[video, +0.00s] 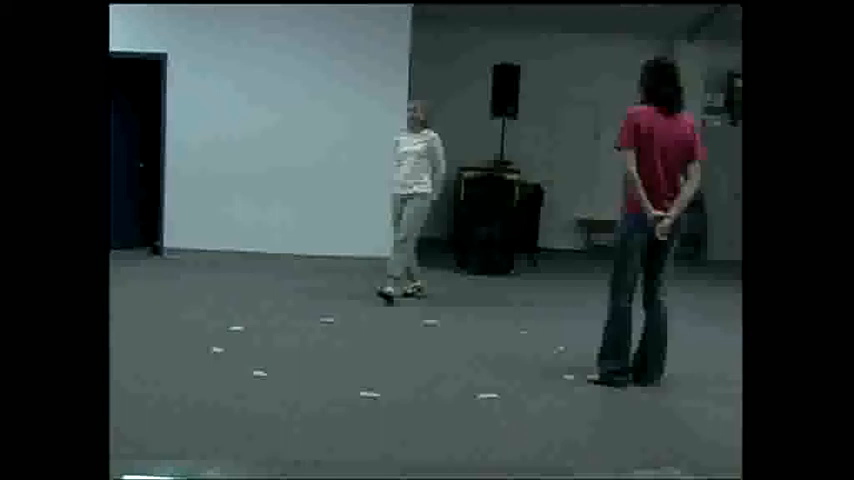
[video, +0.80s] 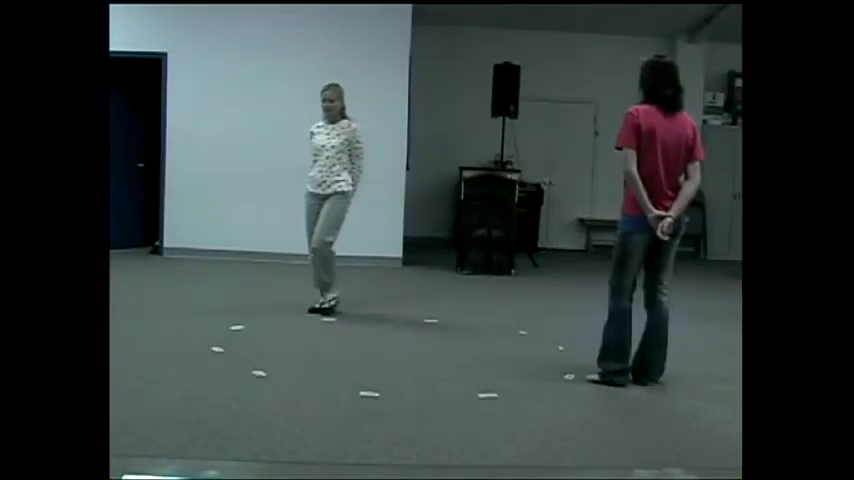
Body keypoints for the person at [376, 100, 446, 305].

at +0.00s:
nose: (412, 115)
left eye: (416, 111)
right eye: (409, 111)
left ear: (424, 115)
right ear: (406, 114)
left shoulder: (431, 139)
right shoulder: (400, 139)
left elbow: (440, 167)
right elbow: (395, 164)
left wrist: (435, 190)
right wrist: (393, 185)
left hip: (420, 192)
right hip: (399, 191)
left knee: (405, 237)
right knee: (402, 238)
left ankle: (392, 283)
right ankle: (414, 281)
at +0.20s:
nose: (393, 113)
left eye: (397, 109)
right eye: (390, 109)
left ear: (407, 113)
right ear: (387, 112)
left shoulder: (413, 138)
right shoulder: (383, 139)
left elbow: (419, 170)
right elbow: (382, 167)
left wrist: (414, 192)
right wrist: (381, 186)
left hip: (402, 193)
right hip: (381, 192)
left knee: (386, 241)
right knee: (373, 240)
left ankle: (383, 290)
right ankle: (396, 271)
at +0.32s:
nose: (382, 110)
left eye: (387, 106)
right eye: (379, 106)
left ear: (396, 109)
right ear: (376, 109)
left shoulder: (403, 134)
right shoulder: (375, 135)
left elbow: (410, 165)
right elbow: (375, 164)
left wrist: (405, 189)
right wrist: (373, 183)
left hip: (391, 191)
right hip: (370, 189)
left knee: (381, 242)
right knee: (360, 239)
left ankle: (382, 290)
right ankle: (376, 283)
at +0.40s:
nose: (370, 109)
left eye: (374, 105)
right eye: (367, 105)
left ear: (384, 107)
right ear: (364, 108)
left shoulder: (390, 132)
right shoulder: (362, 135)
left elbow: (398, 165)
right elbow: (363, 164)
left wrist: (393, 191)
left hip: (380, 192)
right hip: (358, 191)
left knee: (376, 244)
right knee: (347, 241)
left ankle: (381, 292)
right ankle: (347, 291)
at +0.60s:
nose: (346, 109)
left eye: (351, 105)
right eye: (343, 105)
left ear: (361, 107)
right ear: (340, 108)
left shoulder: (369, 135)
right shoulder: (338, 135)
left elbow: (375, 169)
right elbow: (338, 166)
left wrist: (368, 195)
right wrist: (338, 187)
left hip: (356, 198)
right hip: (333, 196)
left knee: (351, 250)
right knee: (326, 248)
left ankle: (373, 285)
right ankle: (325, 298)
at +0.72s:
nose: (337, 106)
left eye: (341, 102)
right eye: (333, 102)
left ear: (351, 104)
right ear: (330, 105)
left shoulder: (359, 131)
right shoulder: (326, 132)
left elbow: (366, 164)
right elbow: (326, 162)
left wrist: (360, 189)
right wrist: (327, 183)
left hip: (347, 192)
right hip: (323, 190)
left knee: (334, 246)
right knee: (319, 246)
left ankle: (356, 280)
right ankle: (323, 297)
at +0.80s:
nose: (327, 105)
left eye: (332, 101)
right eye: (324, 101)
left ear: (341, 103)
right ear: (320, 104)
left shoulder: (351, 129)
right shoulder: (316, 130)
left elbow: (357, 163)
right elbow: (315, 161)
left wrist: (351, 186)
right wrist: (317, 181)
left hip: (339, 189)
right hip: (315, 188)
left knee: (321, 242)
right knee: (314, 245)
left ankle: (329, 294)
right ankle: (324, 295)